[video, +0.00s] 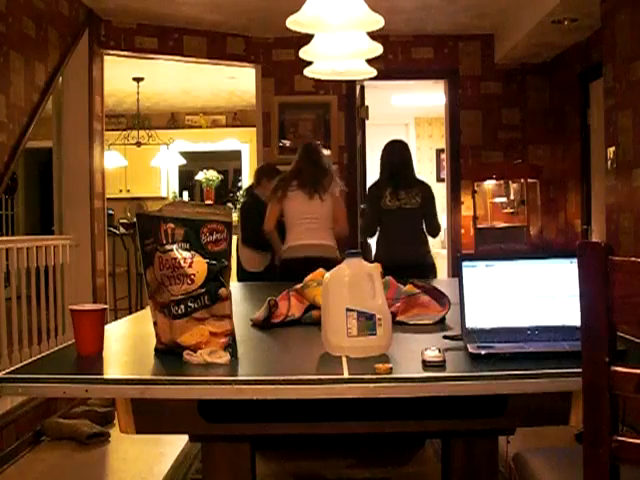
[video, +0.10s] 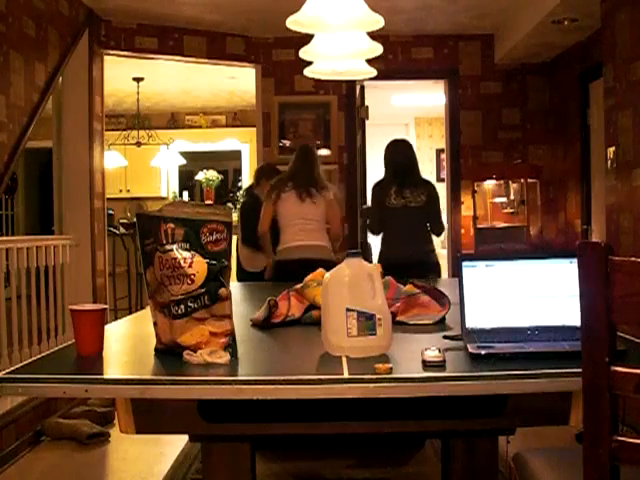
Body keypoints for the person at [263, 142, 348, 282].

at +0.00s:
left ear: (298, 161)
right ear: (322, 161)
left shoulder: (284, 185)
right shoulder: (332, 185)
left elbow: (269, 226)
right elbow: (342, 228)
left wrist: (279, 251)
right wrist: (321, 234)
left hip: (293, 258)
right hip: (327, 258)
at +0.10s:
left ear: (293, 164)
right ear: (316, 165)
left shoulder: (277, 189)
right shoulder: (327, 190)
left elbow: (263, 229)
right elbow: (336, 230)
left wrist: (270, 257)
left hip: (287, 261)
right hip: (322, 260)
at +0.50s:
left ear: (292, 163)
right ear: (315, 161)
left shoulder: (282, 187)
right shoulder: (330, 184)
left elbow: (269, 215)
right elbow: (340, 223)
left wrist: (272, 254)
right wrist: (342, 254)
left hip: (296, 254)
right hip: (328, 253)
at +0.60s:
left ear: (294, 161)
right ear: (317, 159)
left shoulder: (283, 184)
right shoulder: (331, 182)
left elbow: (272, 210)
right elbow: (343, 219)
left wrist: (284, 247)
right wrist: (345, 252)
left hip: (300, 254)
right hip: (331, 253)